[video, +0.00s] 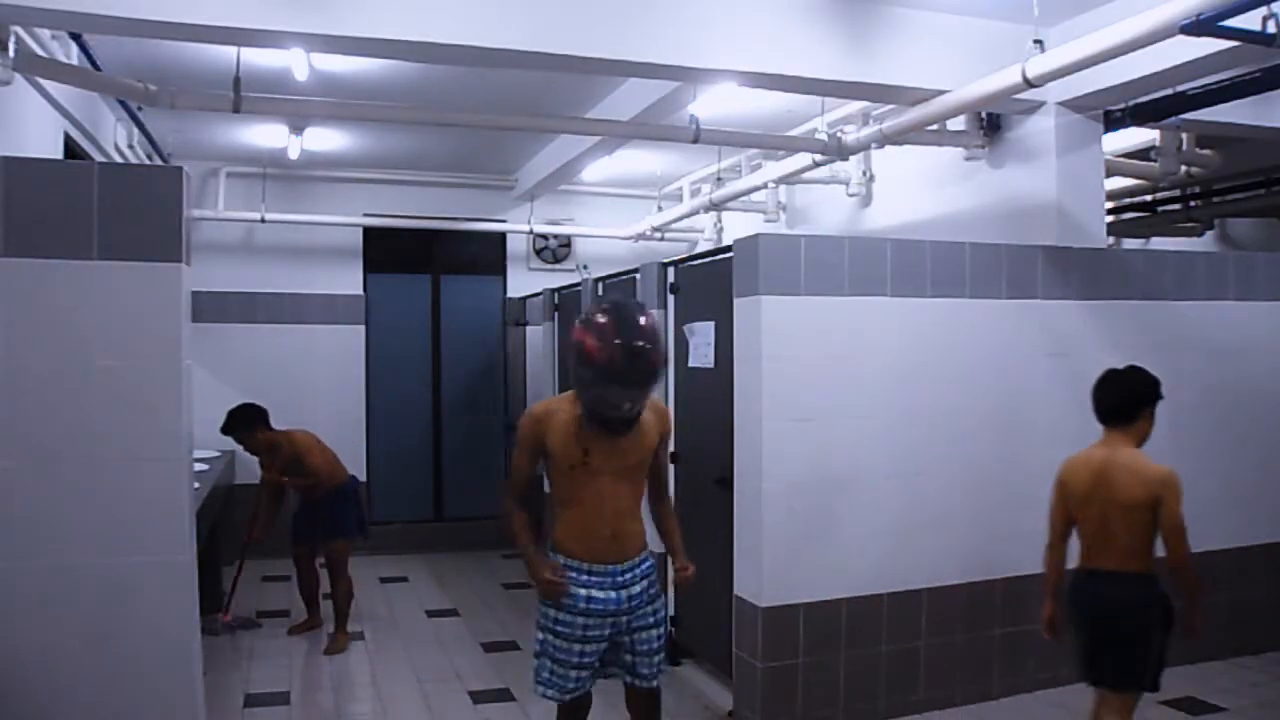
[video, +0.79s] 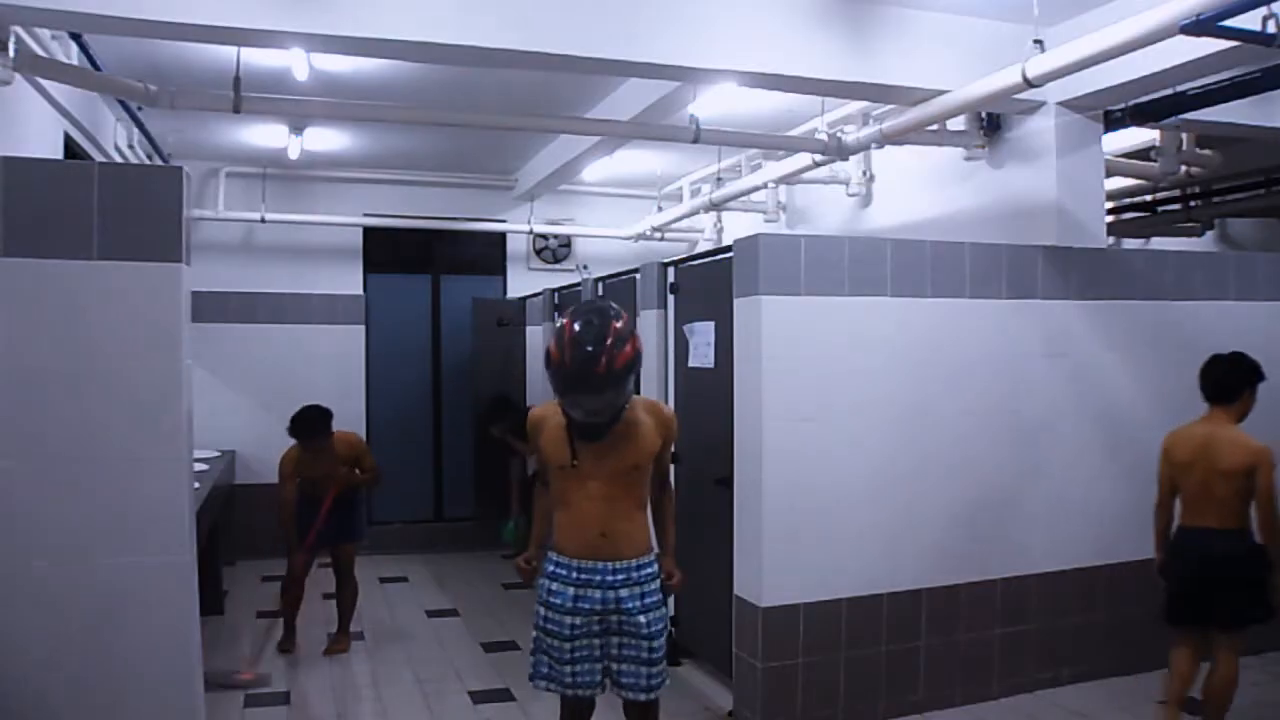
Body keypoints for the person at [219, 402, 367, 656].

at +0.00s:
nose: (243, 449)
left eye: (244, 441)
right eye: (240, 443)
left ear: (259, 431)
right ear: (257, 432)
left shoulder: (299, 443)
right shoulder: (268, 457)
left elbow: (324, 479)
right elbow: (269, 494)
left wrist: (283, 481)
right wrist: (260, 528)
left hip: (339, 497)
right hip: (310, 500)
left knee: (336, 564)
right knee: (303, 558)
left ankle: (341, 631)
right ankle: (313, 616)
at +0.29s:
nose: (262, 455)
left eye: (264, 448)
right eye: (260, 450)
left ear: (279, 442)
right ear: (272, 446)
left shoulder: (323, 449)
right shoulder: (275, 470)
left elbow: (350, 486)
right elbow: (274, 513)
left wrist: (307, 491)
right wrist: (258, 549)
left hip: (349, 504)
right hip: (317, 505)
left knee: (342, 568)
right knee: (307, 560)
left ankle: (342, 632)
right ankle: (313, 615)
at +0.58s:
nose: (288, 451)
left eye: (292, 445)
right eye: (287, 445)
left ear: (309, 440)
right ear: (290, 442)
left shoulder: (345, 448)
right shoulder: (287, 465)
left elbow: (367, 482)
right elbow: (281, 511)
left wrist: (337, 488)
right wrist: (273, 551)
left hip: (349, 507)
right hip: (313, 506)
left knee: (345, 568)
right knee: (300, 568)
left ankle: (343, 632)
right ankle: (304, 613)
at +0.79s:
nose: (308, 450)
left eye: (313, 444)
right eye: (304, 445)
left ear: (326, 435)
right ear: (298, 440)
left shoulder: (351, 445)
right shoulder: (292, 461)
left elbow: (373, 476)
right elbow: (287, 507)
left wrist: (352, 480)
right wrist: (293, 547)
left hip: (344, 510)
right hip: (306, 512)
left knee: (344, 571)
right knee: (296, 572)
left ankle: (342, 633)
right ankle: (289, 631)